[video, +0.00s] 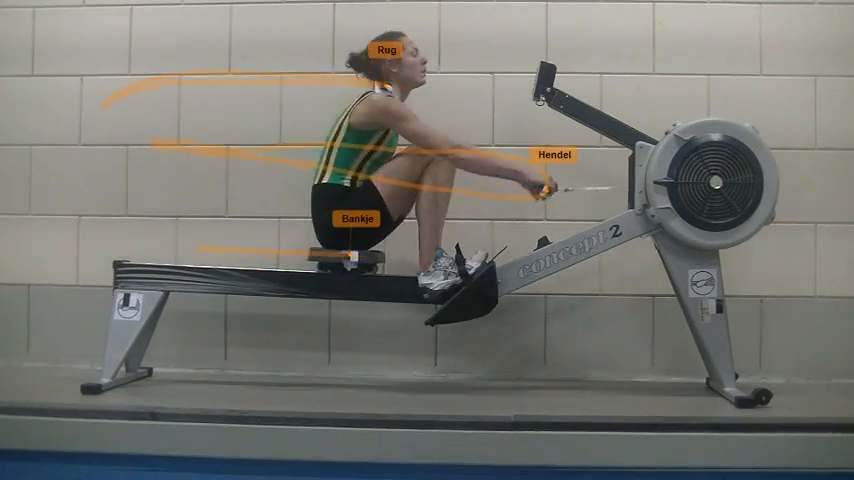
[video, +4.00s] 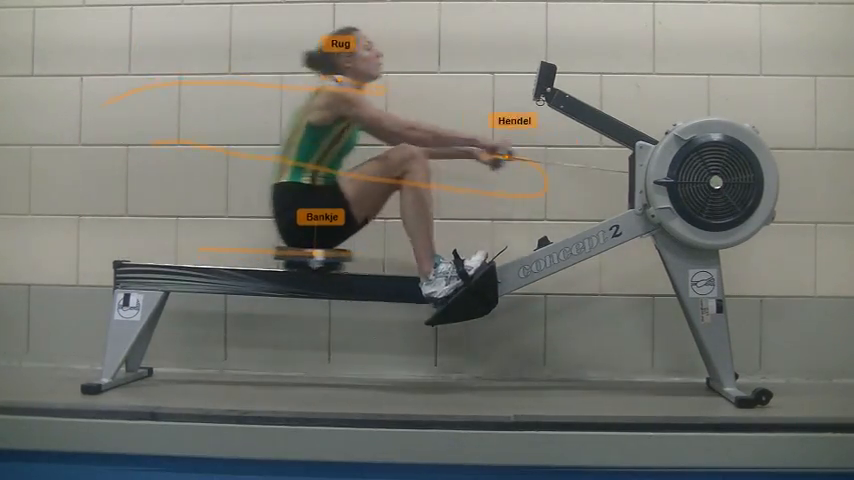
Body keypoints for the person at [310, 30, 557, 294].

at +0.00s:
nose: (423, 60)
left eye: (419, 53)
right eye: (414, 54)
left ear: (393, 68)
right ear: (392, 67)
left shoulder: (386, 104)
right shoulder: (382, 105)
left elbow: (450, 151)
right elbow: (451, 151)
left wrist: (518, 173)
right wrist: (521, 173)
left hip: (343, 214)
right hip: (340, 216)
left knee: (436, 157)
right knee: (438, 158)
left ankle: (433, 262)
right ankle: (428, 271)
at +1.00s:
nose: (191, 70)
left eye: (189, 62)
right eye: (183, 63)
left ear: (167, 68)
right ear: (156, 67)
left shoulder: (161, 112)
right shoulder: (132, 108)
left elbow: (168, 162)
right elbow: (96, 156)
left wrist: (203, 156)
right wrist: (159, 139)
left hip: (199, 212)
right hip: (186, 216)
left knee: (313, 231)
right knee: (308, 234)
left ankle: (429, 277)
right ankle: (428, 282)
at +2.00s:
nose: (414, 57)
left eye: (410, 50)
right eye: (404, 52)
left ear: (384, 67)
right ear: (382, 65)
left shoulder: (379, 102)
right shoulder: (373, 102)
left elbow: (449, 147)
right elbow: (448, 141)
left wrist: (515, 160)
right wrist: (517, 157)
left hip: (336, 214)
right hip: (330, 215)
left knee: (434, 159)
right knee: (430, 158)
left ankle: (435, 262)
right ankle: (429, 273)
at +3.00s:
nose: (217, 60)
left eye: (214, 52)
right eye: (208, 53)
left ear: (189, 60)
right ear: (183, 58)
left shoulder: (186, 111)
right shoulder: (156, 101)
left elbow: (194, 172)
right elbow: (136, 150)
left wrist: (232, 160)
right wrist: (203, 141)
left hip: (201, 210)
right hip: (188, 213)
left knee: (322, 223)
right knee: (316, 224)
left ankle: (431, 273)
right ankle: (426, 282)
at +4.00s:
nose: (378, 53)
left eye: (373, 46)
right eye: (367, 49)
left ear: (347, 64)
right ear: (346, 63)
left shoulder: (342, 98)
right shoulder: (338, 96)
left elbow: (411, 144)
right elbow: (407, 133)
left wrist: (474, 153)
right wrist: (480, 141)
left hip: (309, 211)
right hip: (303, 213)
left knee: (406, 157)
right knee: (409, 159)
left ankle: (432, 269)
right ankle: (431, 276)